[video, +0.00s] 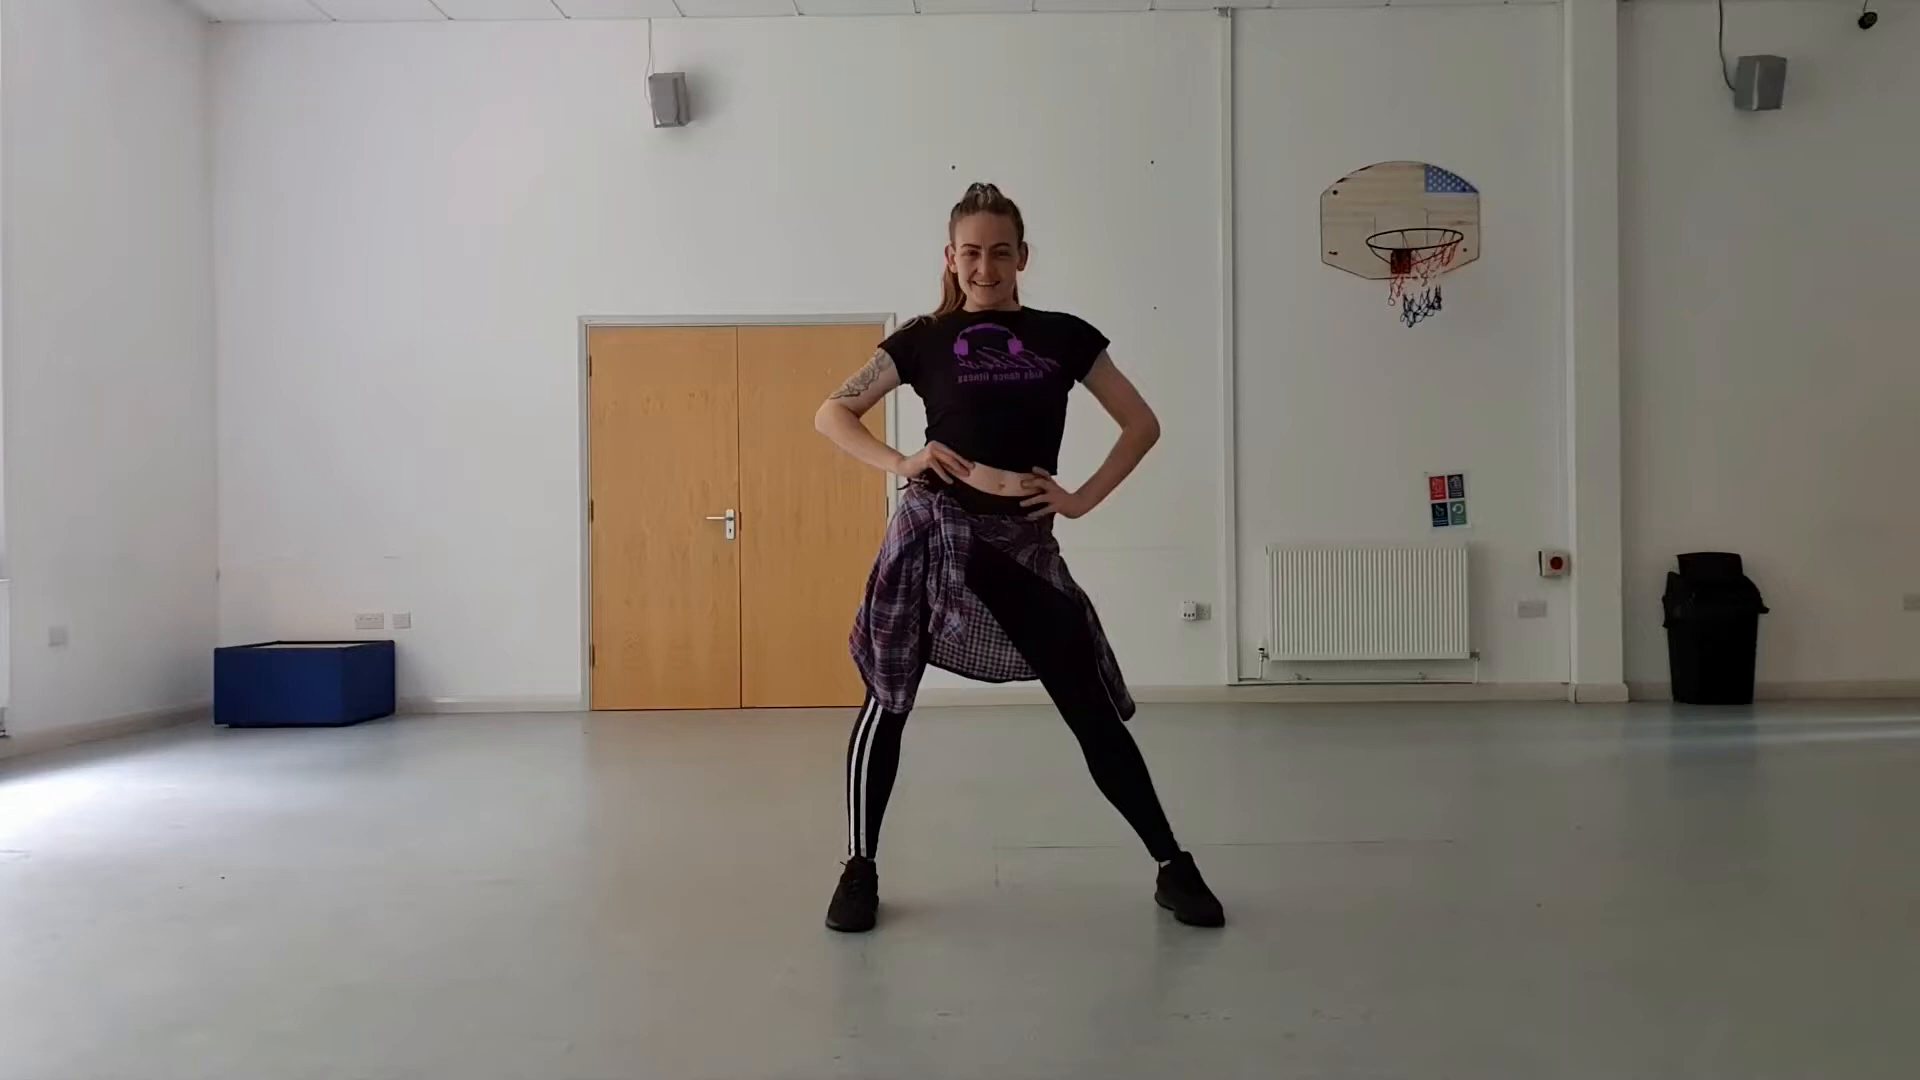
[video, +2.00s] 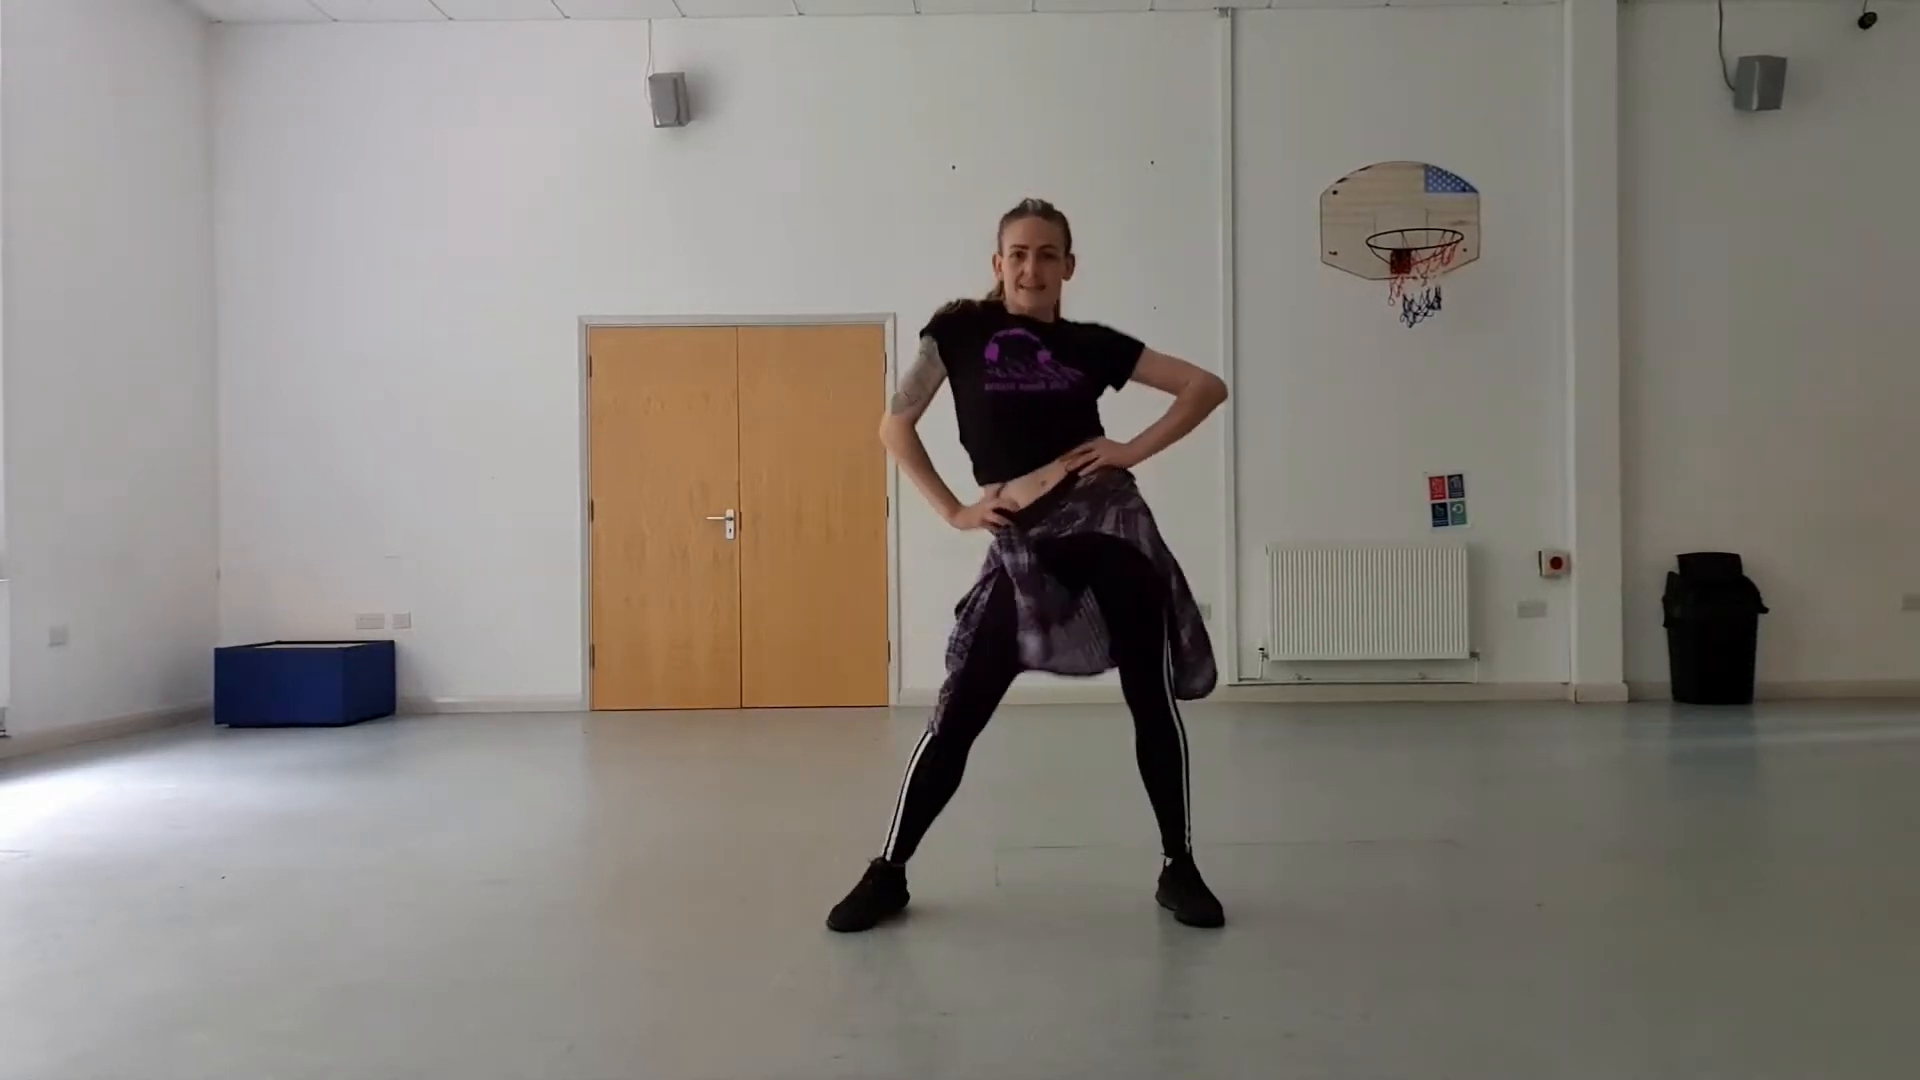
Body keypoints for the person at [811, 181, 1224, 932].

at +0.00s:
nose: (983, 265)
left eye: (998, 250)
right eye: (969, 251)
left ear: (1022, 254)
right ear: (949, 256)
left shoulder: (1065, 337)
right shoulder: (921, 341)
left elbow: (1141, 425)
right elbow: (833, 414)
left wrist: (1086, 496)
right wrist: (897, 462)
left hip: (1021, 541)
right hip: (931, 534)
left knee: (1091, 707)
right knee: (889, 698)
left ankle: (1174, 865)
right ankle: (859, 866)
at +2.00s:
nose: (1031, 265)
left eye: (1046, 254)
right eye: (1018, 253)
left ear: (1067, 265)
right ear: (998, 262)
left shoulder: (1089, 345)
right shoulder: (958, 333)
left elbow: (1205, 388)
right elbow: (896, 425)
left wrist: (1136, 449)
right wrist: (951, 511)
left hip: (1107, 529)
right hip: (1021, 541)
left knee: (1149, 694)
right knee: (959, 711)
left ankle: (1180, 865)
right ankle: (888, 871)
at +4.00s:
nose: (1071, 275)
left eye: (1079, 265)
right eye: (1059, 259)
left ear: (1082, 275)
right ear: (1015, 260)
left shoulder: (1084, 350)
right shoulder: (961, 338)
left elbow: (1194, 404)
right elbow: (894, 431)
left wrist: (1135, 459)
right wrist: (955, 516)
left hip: (1108, 534)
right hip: (1022, 545)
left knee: (1145, 696)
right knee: (955, 708)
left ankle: (1167, 862)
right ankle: (883, 867)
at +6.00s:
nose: (1087, 259)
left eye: (1105, 245)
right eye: (1077, 247)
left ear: (1146, 254)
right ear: (1073, 259)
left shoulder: (1155, 313)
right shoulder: (1114, 341)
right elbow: (1128, 476)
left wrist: (1030, 296)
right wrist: (1029, 530)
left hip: (1179, 532)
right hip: (1122, 533)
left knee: (1186, 734)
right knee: (986, 664)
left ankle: (1260, 893)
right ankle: (1015, 837)